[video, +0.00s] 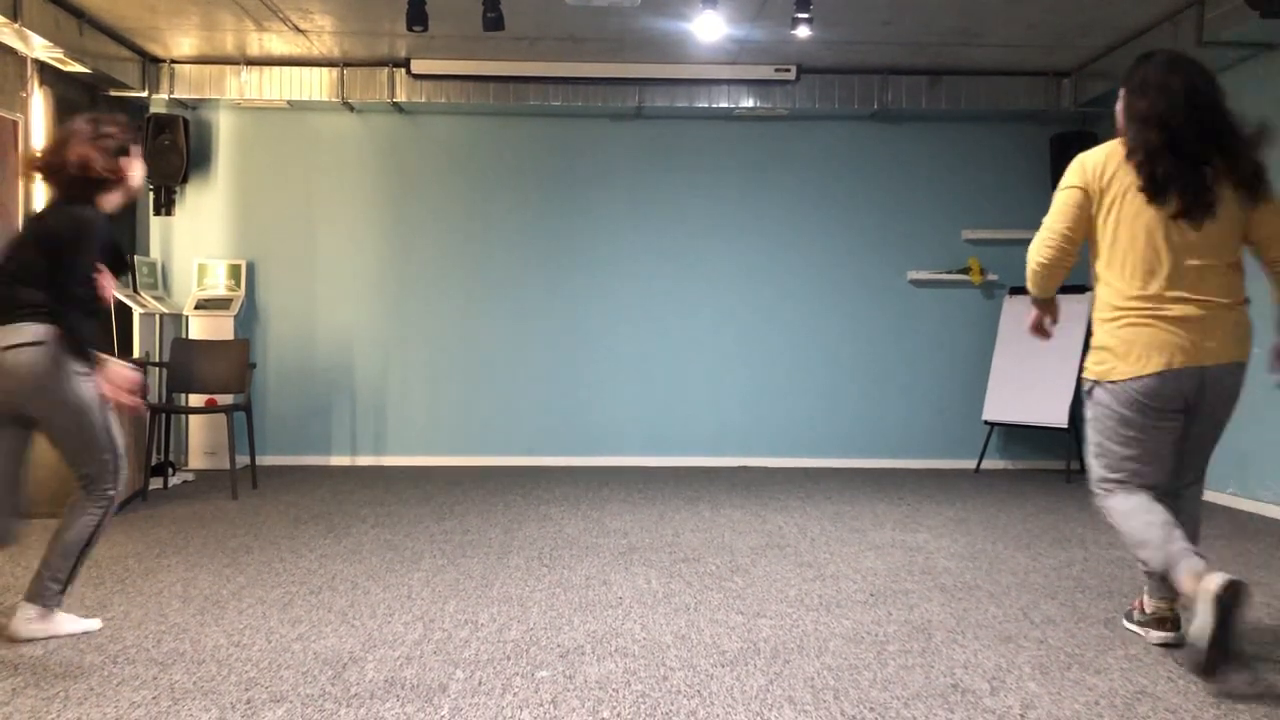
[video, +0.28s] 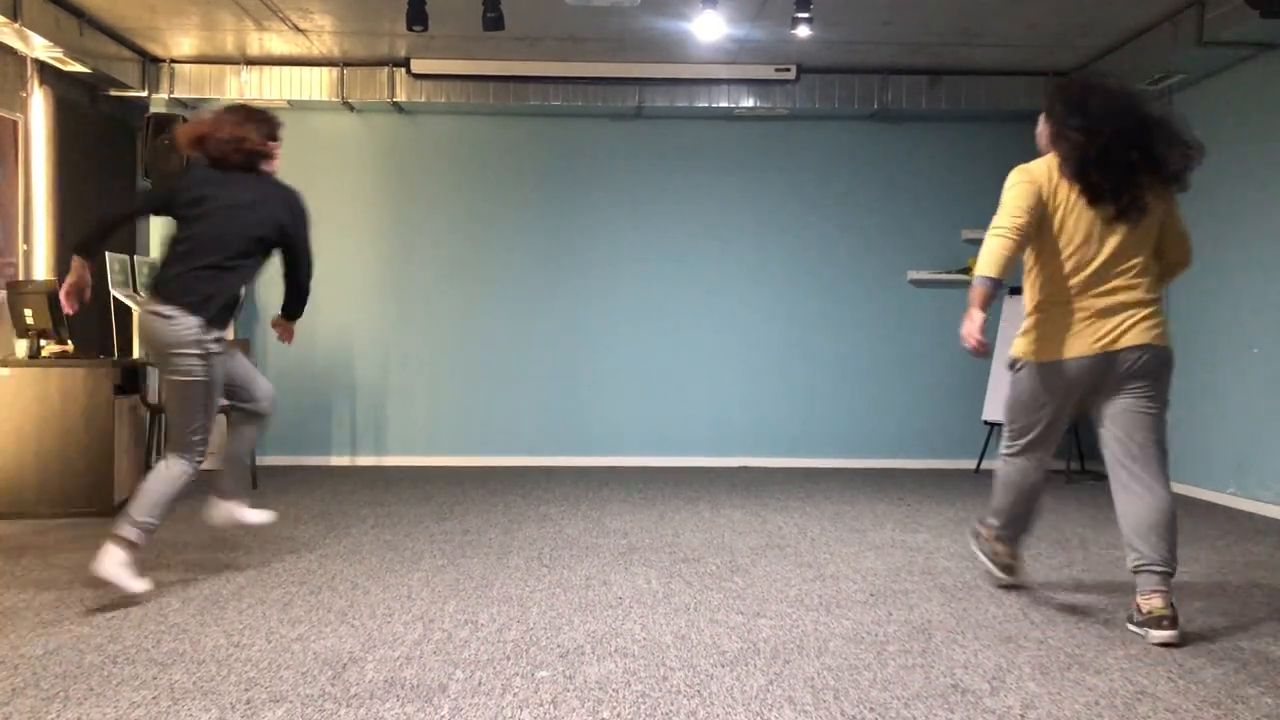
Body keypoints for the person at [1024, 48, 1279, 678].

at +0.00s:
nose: (1116, 111)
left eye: (1122, 102)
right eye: (1120, 101)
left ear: (1133, 110)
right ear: (1201, 110)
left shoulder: (1098, 165)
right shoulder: (1232, 172)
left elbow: (1045, 257)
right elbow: (1275, 258)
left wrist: (1042, 301)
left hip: (1135, 357)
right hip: (1223, 357)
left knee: (1120, 486)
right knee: (1183, 485)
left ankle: (1199, 584)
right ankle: (1160, 606)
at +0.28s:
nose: (1037, 129)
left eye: (1043, 122)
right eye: (1040, 121)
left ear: (1057, 128)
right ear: (1105, 129)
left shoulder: (1035, 176)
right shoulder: (1142, 176)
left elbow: (1005, 237)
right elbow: (1177, 253)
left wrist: (976, 305)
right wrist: (1131, 283)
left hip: (1057, 345)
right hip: (1139, 340)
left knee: (1023, 450)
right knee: (1140, 467)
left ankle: (1000, 543)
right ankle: (1155, 598)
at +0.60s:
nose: (936, 191)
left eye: (940, 184)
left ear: (945, 189)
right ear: (998, 191)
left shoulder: (932, 232)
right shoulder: (1019, 236)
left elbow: (912, 287)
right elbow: (1050, 296)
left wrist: (879, 345)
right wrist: (1022, 336)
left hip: (949, 365)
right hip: (1012, 371)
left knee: (932, 452)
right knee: (993, 459)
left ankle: (955, 542)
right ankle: (1040, 511)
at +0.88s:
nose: (887, 193)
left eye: (892, 188)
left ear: (899, 195)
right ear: (949, 198)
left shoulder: (881, 234)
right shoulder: (960, 240)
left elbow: (842, 287)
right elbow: (989, 294)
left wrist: (812, 289)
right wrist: (965, 319)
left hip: (895, 357)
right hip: (945, 360)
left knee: (871, 439)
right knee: (904, 435)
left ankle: (927, 497)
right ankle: (884, 508)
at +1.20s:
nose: (856, 152)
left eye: (862, 148)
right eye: (861, 145)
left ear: (872, 158)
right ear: (905, 161)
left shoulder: (849, 194)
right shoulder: (913, 196)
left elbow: (795, 206)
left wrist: (767, 171)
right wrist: (923, 149)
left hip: (852, 320)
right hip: (901, 322)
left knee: (842, 409)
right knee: (885, 406)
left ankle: (856, 490)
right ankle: (877, 489)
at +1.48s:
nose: (852, 164)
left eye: (857, 161)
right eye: (856, 158)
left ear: (862, 173)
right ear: (897, 180)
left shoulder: (831, 208)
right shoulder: (896, 214)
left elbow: (775, 201)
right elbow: (908, 178)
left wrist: (759, 152)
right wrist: (907, 136)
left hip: (825, 331)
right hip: (872, 331)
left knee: (820, 407)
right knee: (860, 404)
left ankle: (841, 483)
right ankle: (869, 482)